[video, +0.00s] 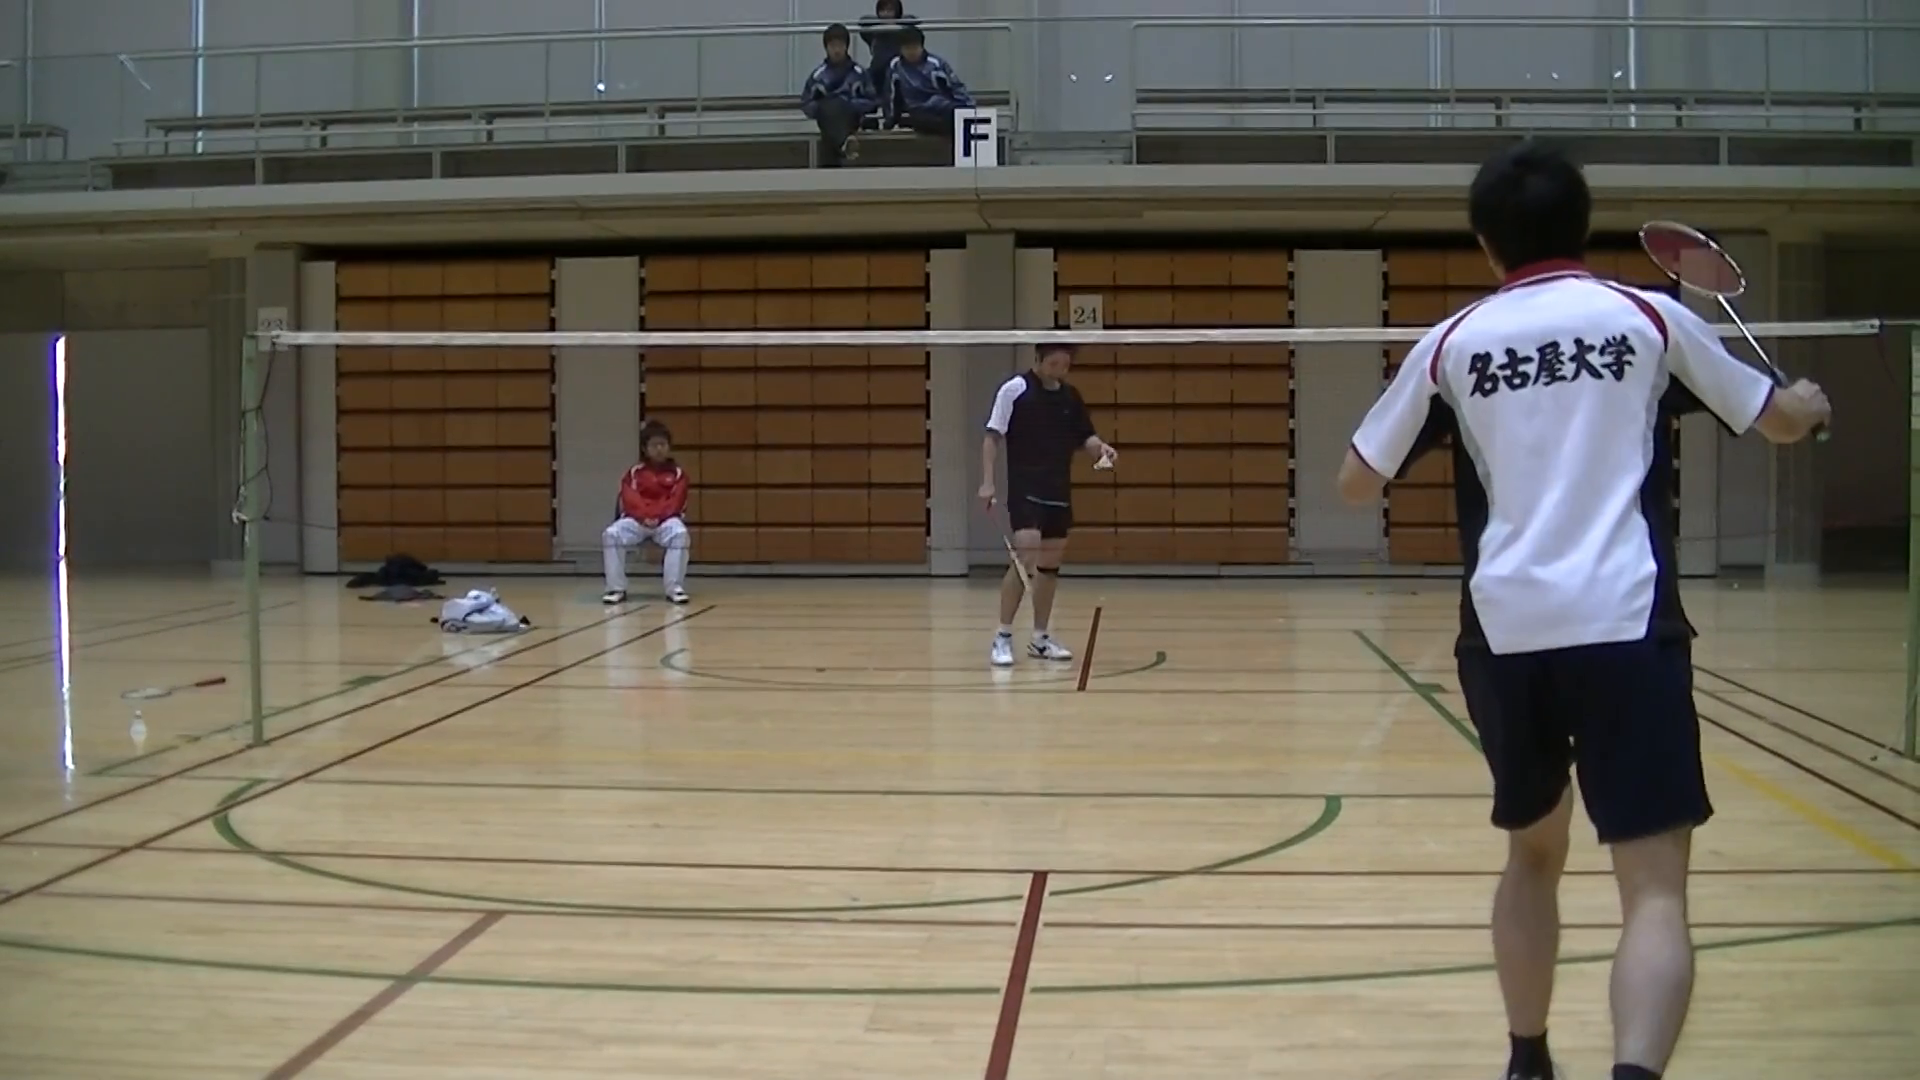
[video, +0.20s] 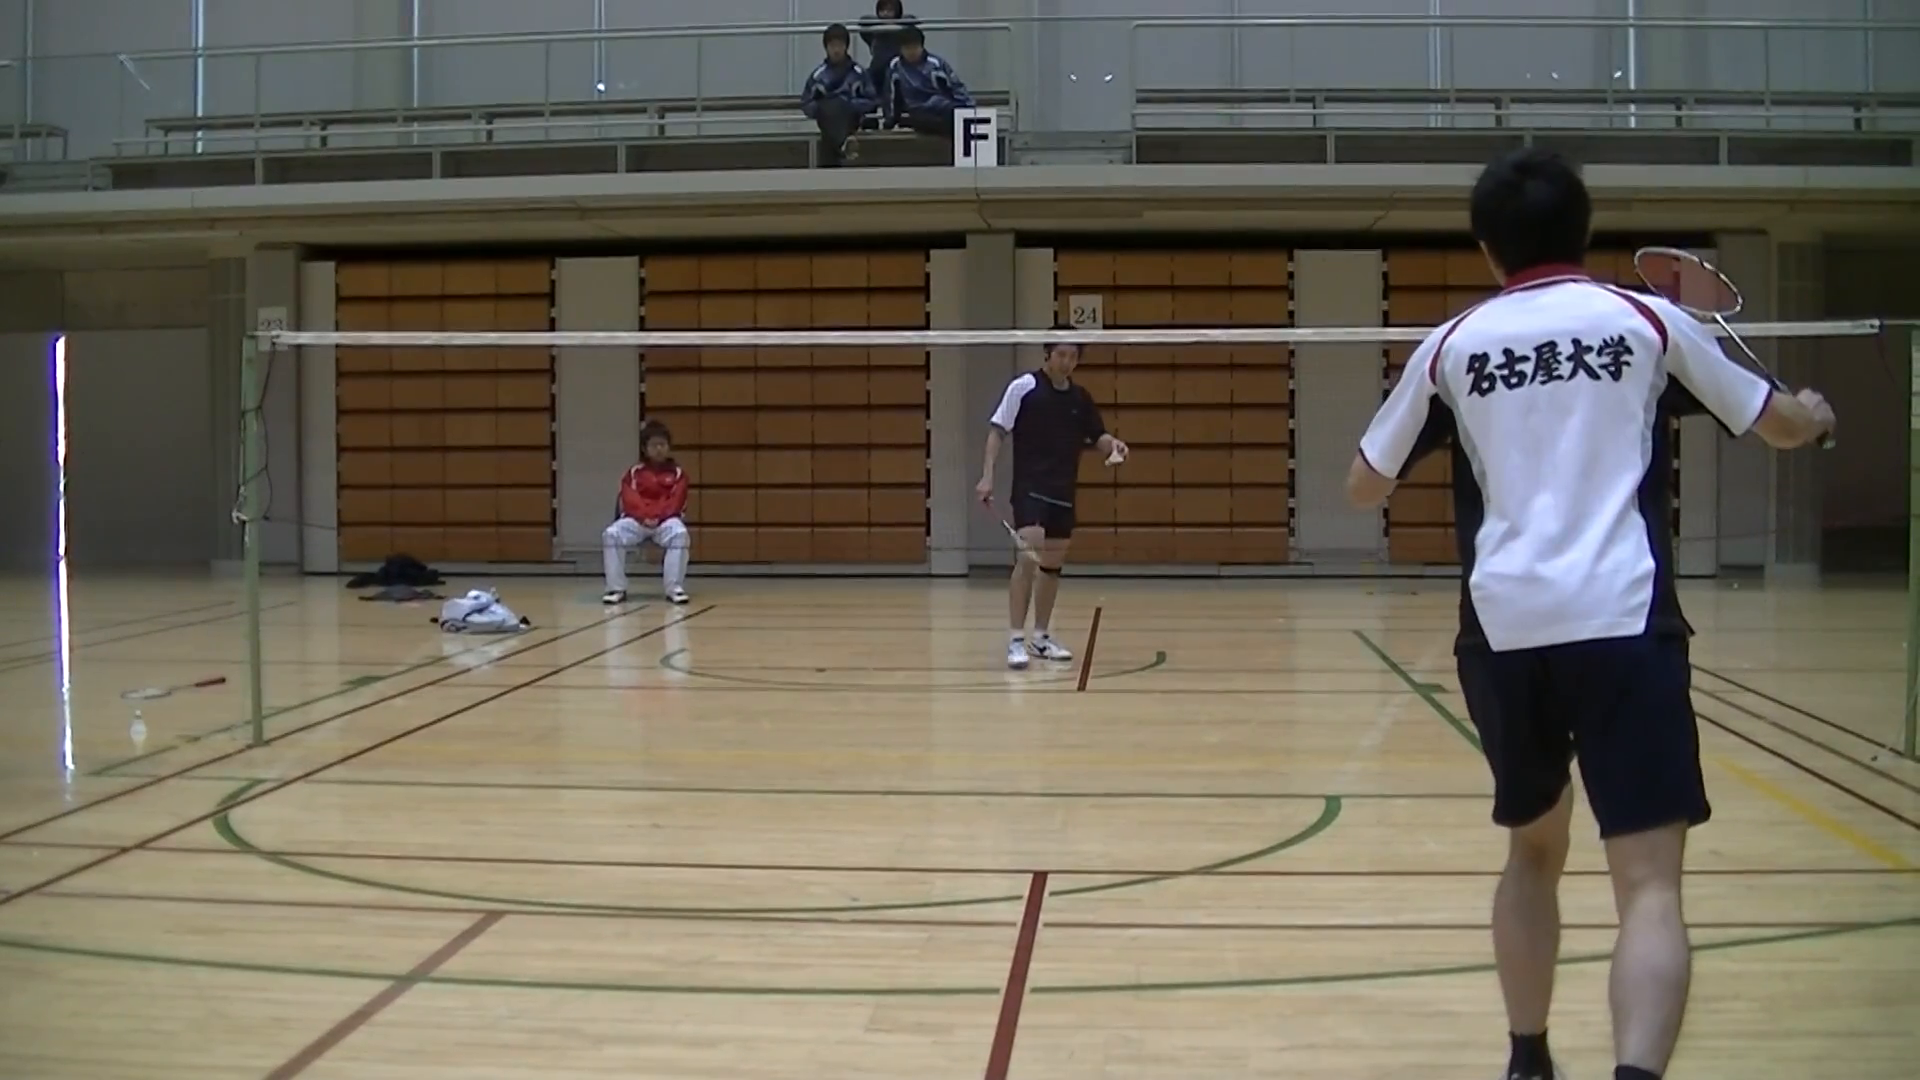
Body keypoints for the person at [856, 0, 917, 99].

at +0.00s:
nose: (885, 13)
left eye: (890, 10)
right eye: (882, 10)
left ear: (897, 12)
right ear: (878, 12)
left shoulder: (902, 29)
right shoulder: (873, 33)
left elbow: (914, 20)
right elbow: (863, 22)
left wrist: (895, 23)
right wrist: (881, 22)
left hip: (898, 69)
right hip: (876, 70)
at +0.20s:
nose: (885, 13)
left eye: (890, 10)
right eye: (882, 10)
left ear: (897, 12)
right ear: (877, 12)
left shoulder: (901, 30)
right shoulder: (873, 33)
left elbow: (912, 19)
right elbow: (863, 22)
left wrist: (894, 23)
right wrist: (880, 22)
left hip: (898, 69)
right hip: (876, 70)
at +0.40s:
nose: (885, 13)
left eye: (889, 10)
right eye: (882, 10)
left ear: (897, 12)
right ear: (877, 12)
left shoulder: (903, 31)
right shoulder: (873, 32)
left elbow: (912, 19)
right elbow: (862, 22)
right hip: (876, 69)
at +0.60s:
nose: (885, 14)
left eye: (889, 10)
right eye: (881, 10)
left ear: (896, 13)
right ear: (877, 13)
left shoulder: (902, 31)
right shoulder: (872, 35)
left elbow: (911, 19)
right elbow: (862, 22)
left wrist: (894, 23)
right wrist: (880, 22)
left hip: (898, 70)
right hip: (875, 71)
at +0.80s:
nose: (885, 13)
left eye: (890, 9)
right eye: (882, 9)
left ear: (896, 12)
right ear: (877, 12)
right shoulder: (872, 34)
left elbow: (910, 19)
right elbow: (861, 22)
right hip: (874, 73)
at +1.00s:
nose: (885, 13)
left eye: (889, 10)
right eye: (881, 9)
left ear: (896, 12)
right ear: (877, 12)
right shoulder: (872, 34)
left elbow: (910, 19)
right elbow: (861, 22)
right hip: (875, 71)